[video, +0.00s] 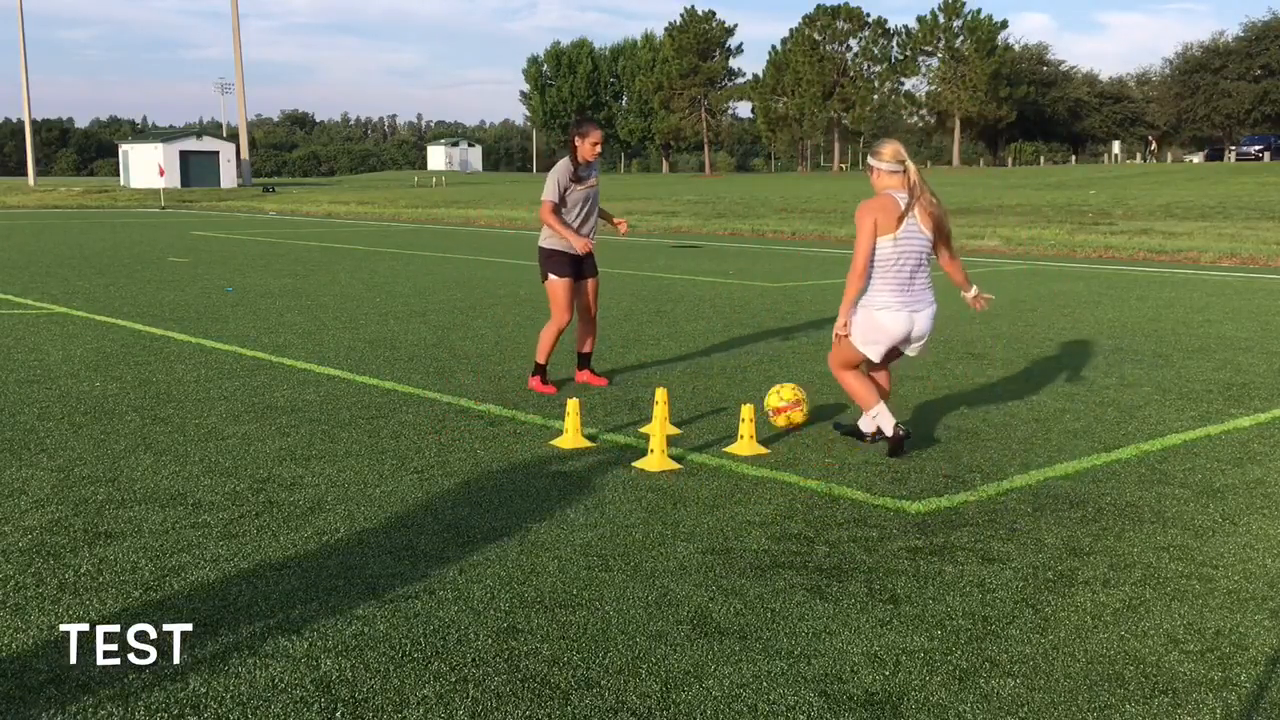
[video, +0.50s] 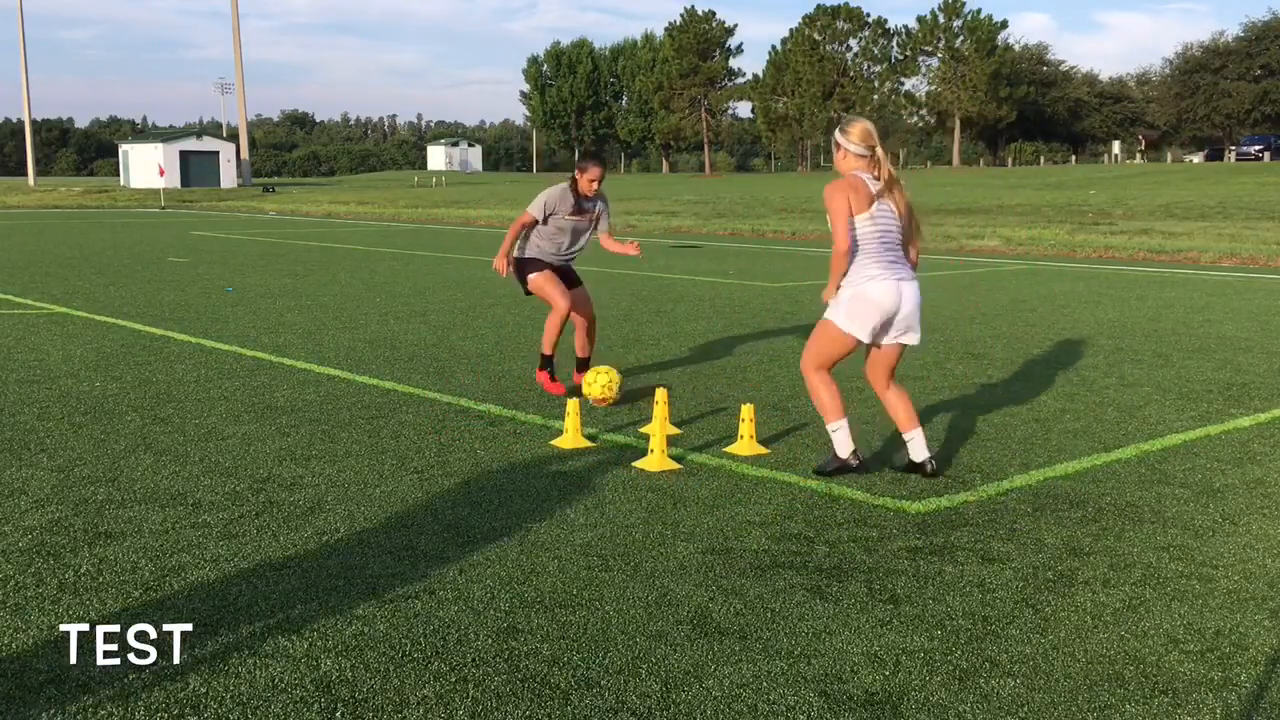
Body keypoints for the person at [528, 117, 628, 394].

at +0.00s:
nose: (598, 149)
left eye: (600, 144)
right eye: (594, 144)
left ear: (599, 144)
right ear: (577, 142)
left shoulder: (591, 170)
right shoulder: (561, 170)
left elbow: (589, 205)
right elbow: (546, 213)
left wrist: (612, 220)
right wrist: (573, 237)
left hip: (583, 250)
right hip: (556, 250)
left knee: (588, 312)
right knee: (562, 316)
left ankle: (583, 370)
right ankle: (537, 375)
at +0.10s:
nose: (603, 154)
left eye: (605, 149)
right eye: (599, 149)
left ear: (601, 147)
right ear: (582, 146)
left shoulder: (593, 172)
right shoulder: (565, 173)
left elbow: (594, 202)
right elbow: (544, 214)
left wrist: (619, 216)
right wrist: (560, 247)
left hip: (583, 250)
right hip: (558, 251)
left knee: (592, 312)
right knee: (580, 313)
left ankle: (584, 370)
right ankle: (545, 365)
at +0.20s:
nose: (607, 163)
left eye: (609, 158)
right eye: (602, 157)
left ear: (607, 156)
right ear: (586, 153)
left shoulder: (601, 179)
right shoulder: (565, 178)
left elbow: (607, 203)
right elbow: (536, 211)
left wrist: (634, 223)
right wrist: (539, 249)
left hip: (577, 250)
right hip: (557, 250)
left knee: (588, 307)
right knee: (596, 299)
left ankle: (583, 366)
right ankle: (564, 351)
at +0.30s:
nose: (609, 175)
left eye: (611, 169)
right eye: (605, 169)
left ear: (612, 167)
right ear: (589, 163)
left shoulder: (607, 191)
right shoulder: (564, 184)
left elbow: (623, 220)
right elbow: (531, 212)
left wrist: (650, 240)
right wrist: (523, 250)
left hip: (566, 254)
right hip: (544, 252)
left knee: (583, 308)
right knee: (595, 288)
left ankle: (582, 368)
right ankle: (590, 351)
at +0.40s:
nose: (607, 185)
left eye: (610, 180)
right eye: (603, 179)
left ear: (613, 178)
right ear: (587, 173)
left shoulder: (606, 202)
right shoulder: (562, 191)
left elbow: (621, 235)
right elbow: (528, 217)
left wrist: (649, 254)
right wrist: (514, 253)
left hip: (562, 259)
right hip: (535, 254)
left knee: (589, 312)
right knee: (581, 292)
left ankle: (582, 369)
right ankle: (592, 361)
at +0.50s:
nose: (596, 187)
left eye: (600, 181)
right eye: (591, 181)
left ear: (603, 180)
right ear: (578, 175)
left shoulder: (599, 203)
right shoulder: (555, 195)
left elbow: (605, 240)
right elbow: (521, 223)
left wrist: (625, 248)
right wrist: (503, 252)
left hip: (561, 264)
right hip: (530, 260)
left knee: (586, 317)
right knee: (562, 303)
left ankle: (582, 374)